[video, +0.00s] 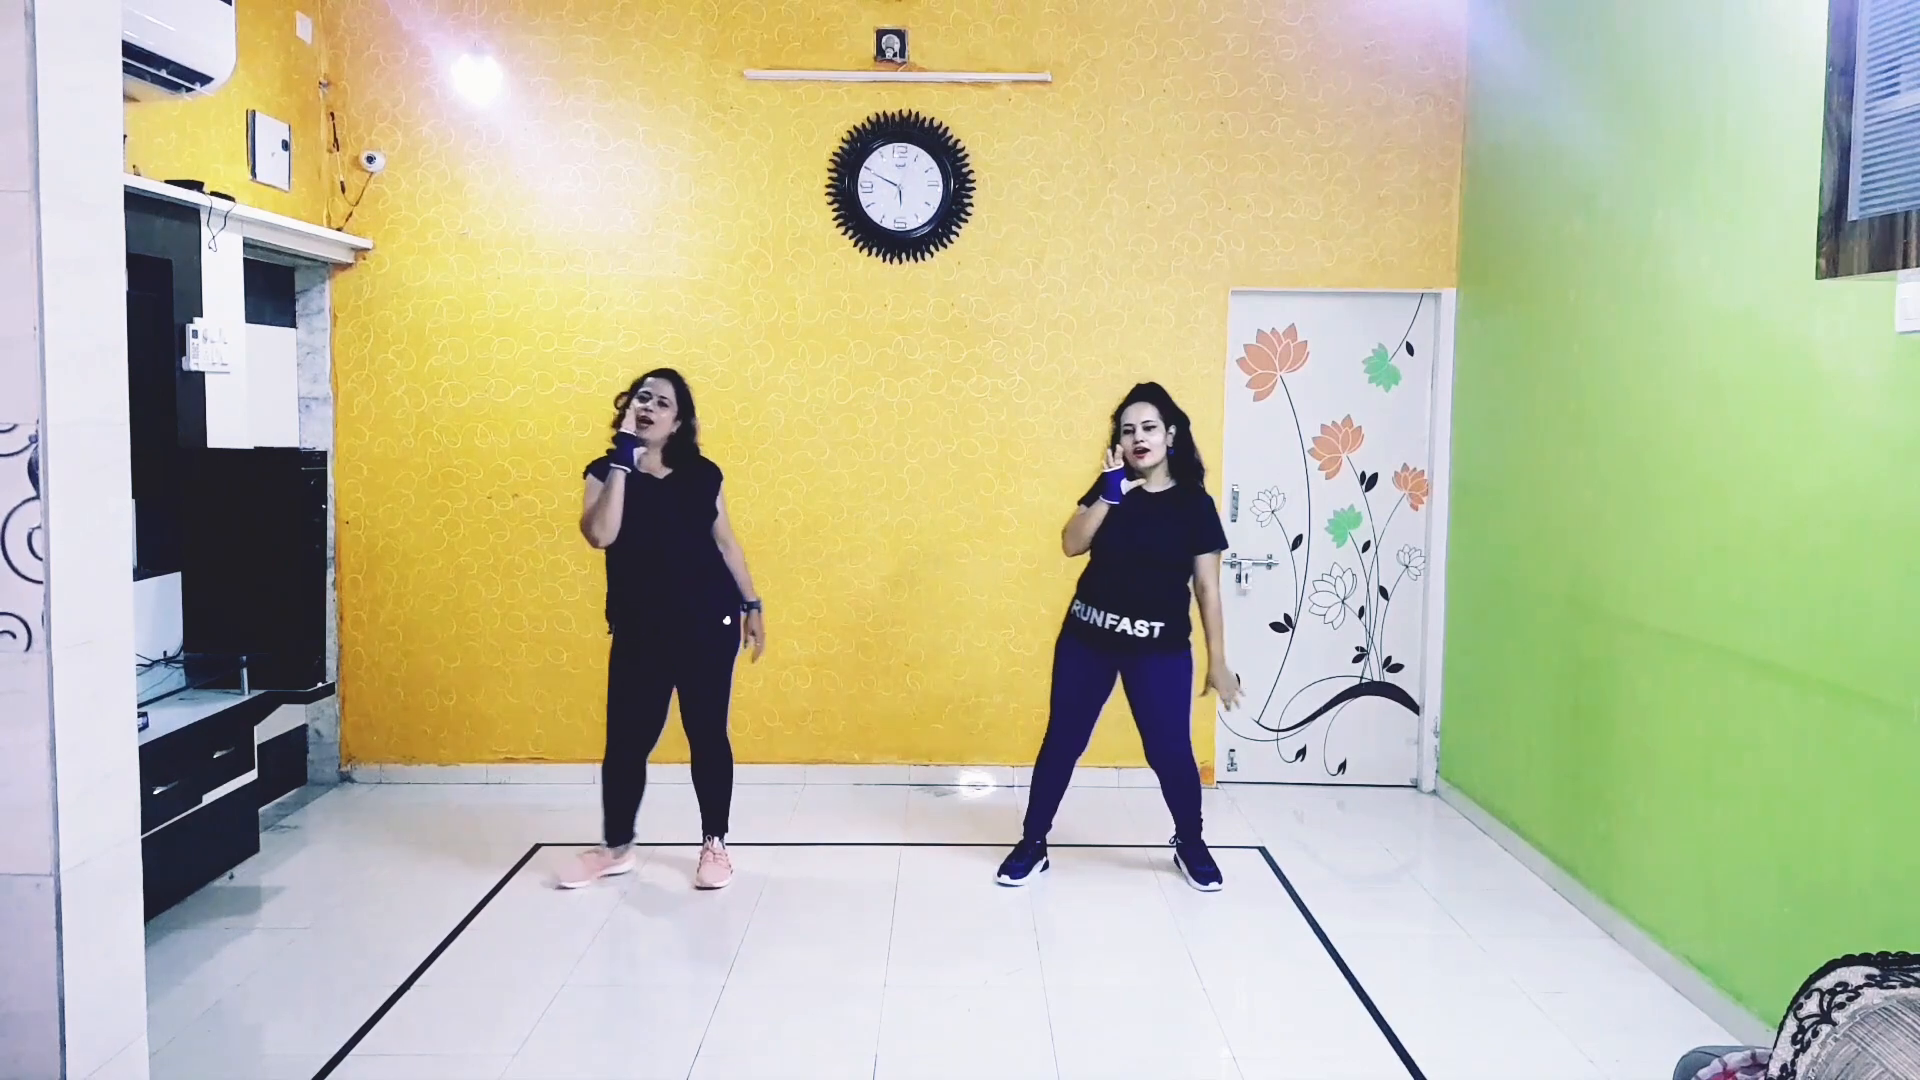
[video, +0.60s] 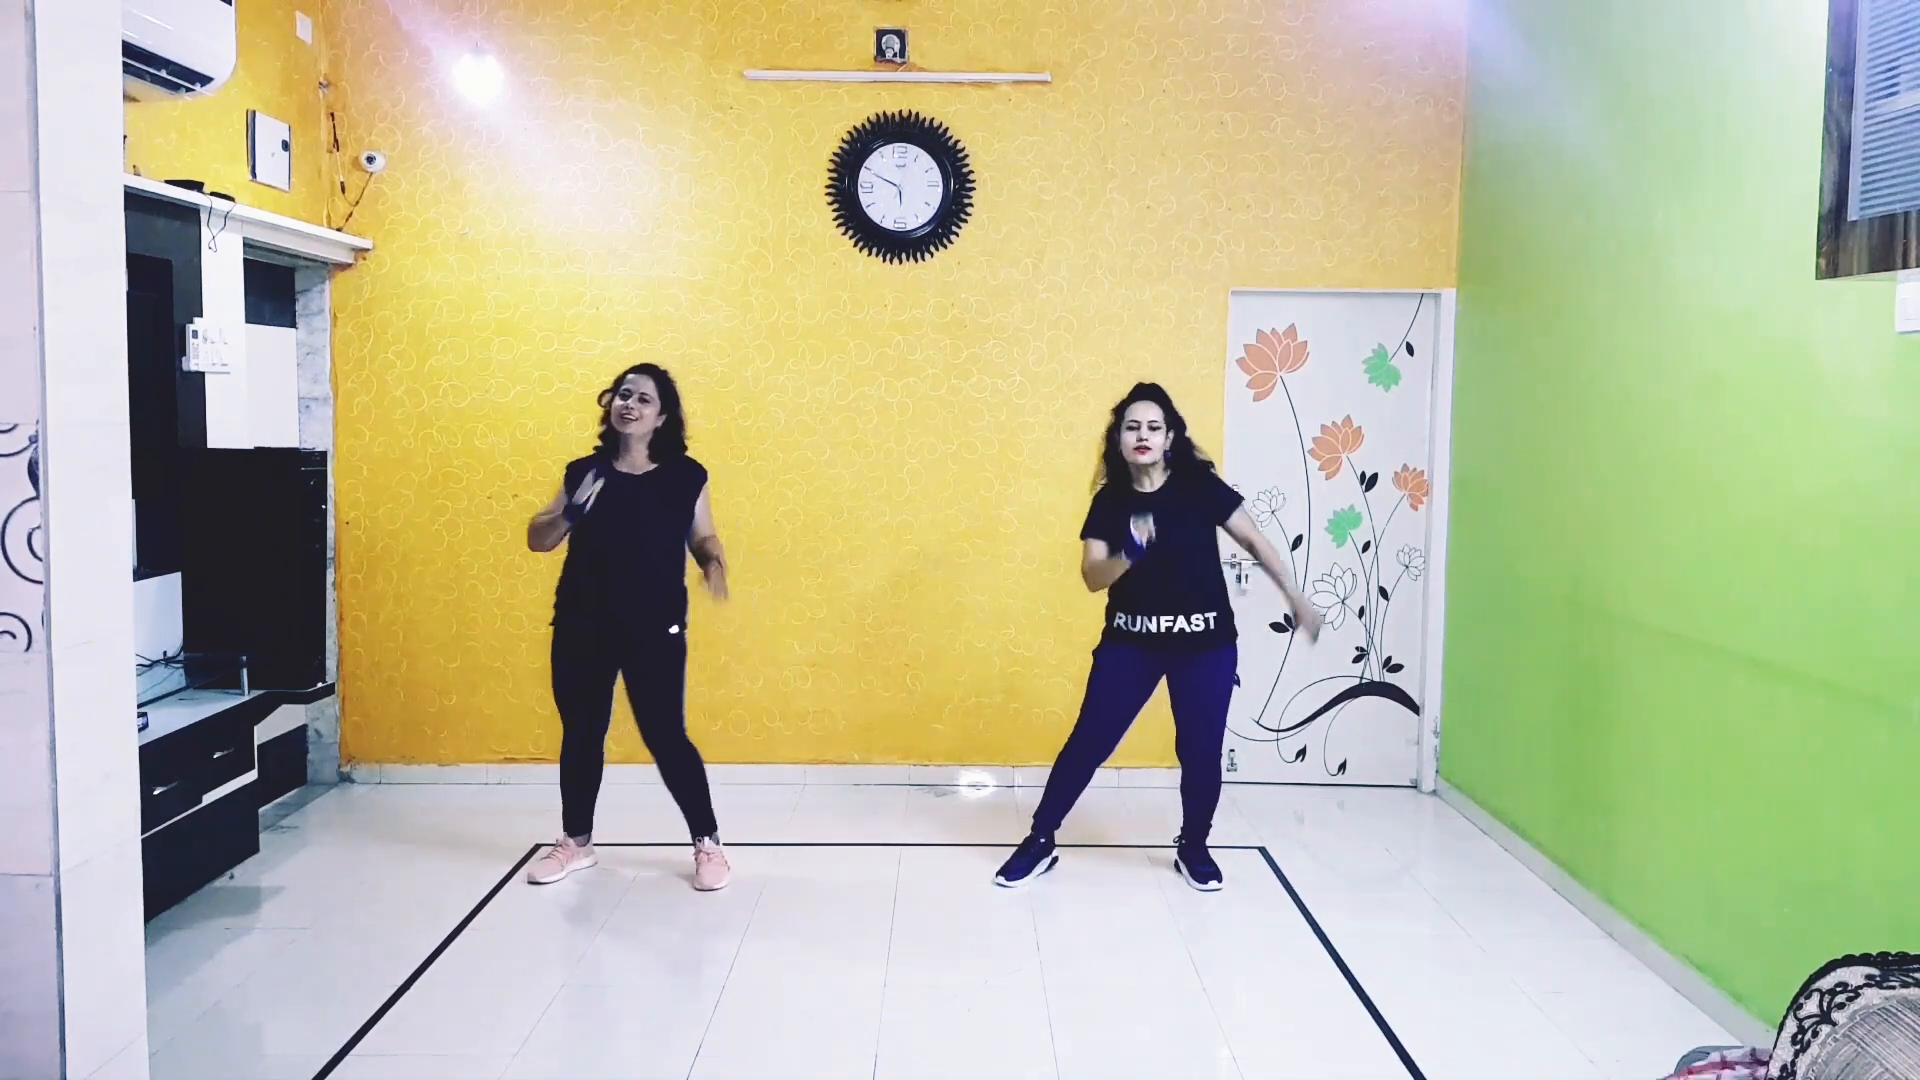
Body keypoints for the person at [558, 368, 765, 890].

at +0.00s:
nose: (648, 406)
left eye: (662, 402)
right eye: (642, 397)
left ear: (680, 420)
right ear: (627, 406)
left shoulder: (702, 475)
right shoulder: (605, 472)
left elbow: (726, 543)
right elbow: (601, 534)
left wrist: (752, 602)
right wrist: (622, 464)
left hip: (705, 629)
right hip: (639, 631)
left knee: (708, 737)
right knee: (625, 743)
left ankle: (714, 844)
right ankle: (617, 847)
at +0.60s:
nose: (627, 403)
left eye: (642, 399)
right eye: (622, 394)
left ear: (663, 416)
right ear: (609, 406)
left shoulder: (685, 478)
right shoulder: (584, 472)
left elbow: (704, 540)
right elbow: (538, 541)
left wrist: (713, 562)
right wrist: (568, 511)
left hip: (653, 628)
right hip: (583, 625)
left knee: (665, 737)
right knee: (580, 734)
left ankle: (706, 845)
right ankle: (575, 841)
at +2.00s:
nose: (613, 407)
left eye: (626, 402)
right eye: (606, 398)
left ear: (645, 416)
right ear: (590, 407)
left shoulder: (671, 472)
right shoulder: (570, 478)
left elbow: (697, 538)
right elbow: (551, 550)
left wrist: (708, 550)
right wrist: (490, 564)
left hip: (645, 628)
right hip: (575, 628)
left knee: (664, 736)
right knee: (579, 736)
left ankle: (700, 840)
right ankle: (580, 844)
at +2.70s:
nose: (646, 415)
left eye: (660, 410)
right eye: (640, 407)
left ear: (681, 423)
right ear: (626, 417)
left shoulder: (705, 481)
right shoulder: (611, 490)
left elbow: (743, 541)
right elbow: (611, 560)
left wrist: (774, 549)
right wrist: (571, 597)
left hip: (720, 623)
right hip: (654, 628)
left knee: (725, 729)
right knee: (610, 730)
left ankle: (739, 845)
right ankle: (601, 849)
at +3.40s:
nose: (655, 420)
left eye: (669, 413)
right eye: (648, 412)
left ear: (691, 428)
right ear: (637, 423)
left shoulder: (715, 489)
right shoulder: (616, 491)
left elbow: (758, 549)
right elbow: (587, 559)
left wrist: (740, 526)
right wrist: (564, 557)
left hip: (696, 640)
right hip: (624, 639)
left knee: (712, 744)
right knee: (607, 746)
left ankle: (731, 847)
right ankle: (604, 848)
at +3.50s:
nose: (663, 408)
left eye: (676, 401)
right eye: (655, 399)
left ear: (697, 413)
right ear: (643, 408)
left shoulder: (721, 464)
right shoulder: (624, 462)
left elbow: (779, 465)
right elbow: (564, 469)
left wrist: (745, 406)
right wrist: (590, 406)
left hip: (701, 623)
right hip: (629, 621)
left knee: (715, 737)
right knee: (614, 734)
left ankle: (732, 845)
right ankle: (603, 845)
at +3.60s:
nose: (668, 384)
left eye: (682, 378)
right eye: (662, 375)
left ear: (702, 388)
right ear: (649, 380)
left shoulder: (718, 424)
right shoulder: (631, 413)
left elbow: (761, 377)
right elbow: (592, 356)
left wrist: (757, 306)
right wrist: (607, 285)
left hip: (701, 586)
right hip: (634, 585)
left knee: (717, 715)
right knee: (612, 711)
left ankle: (737, 835)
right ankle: (590, 830)